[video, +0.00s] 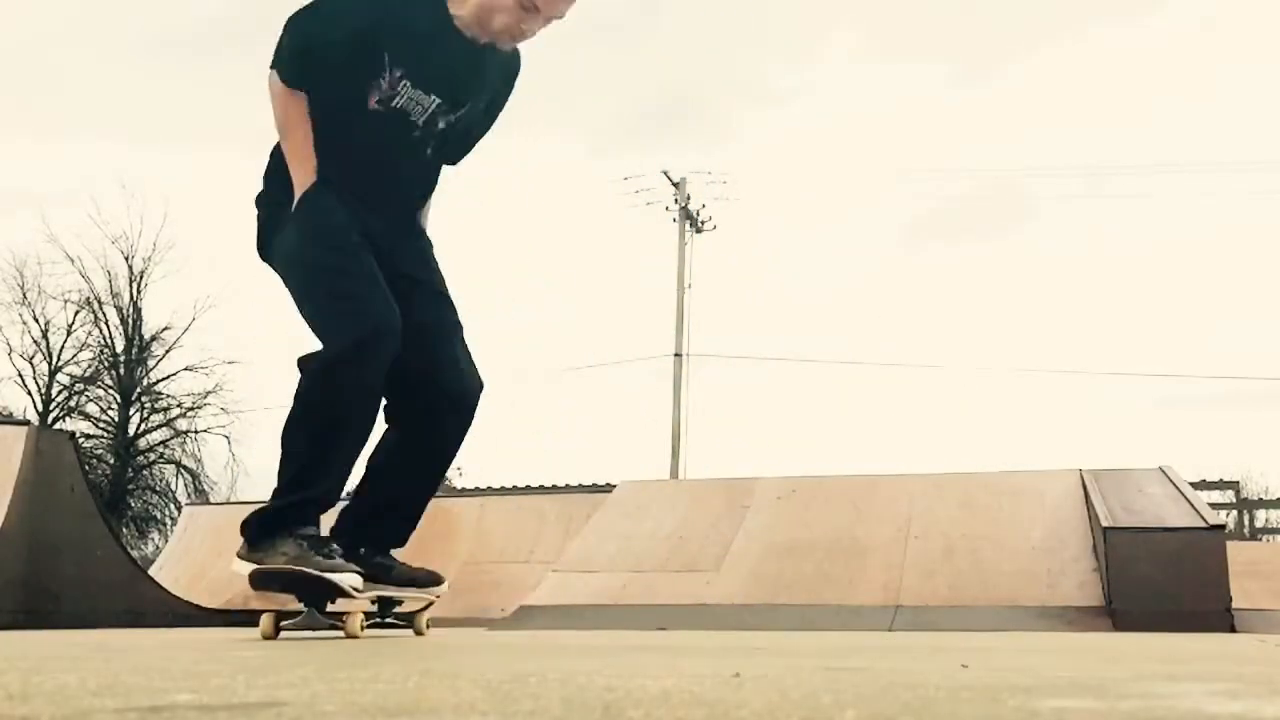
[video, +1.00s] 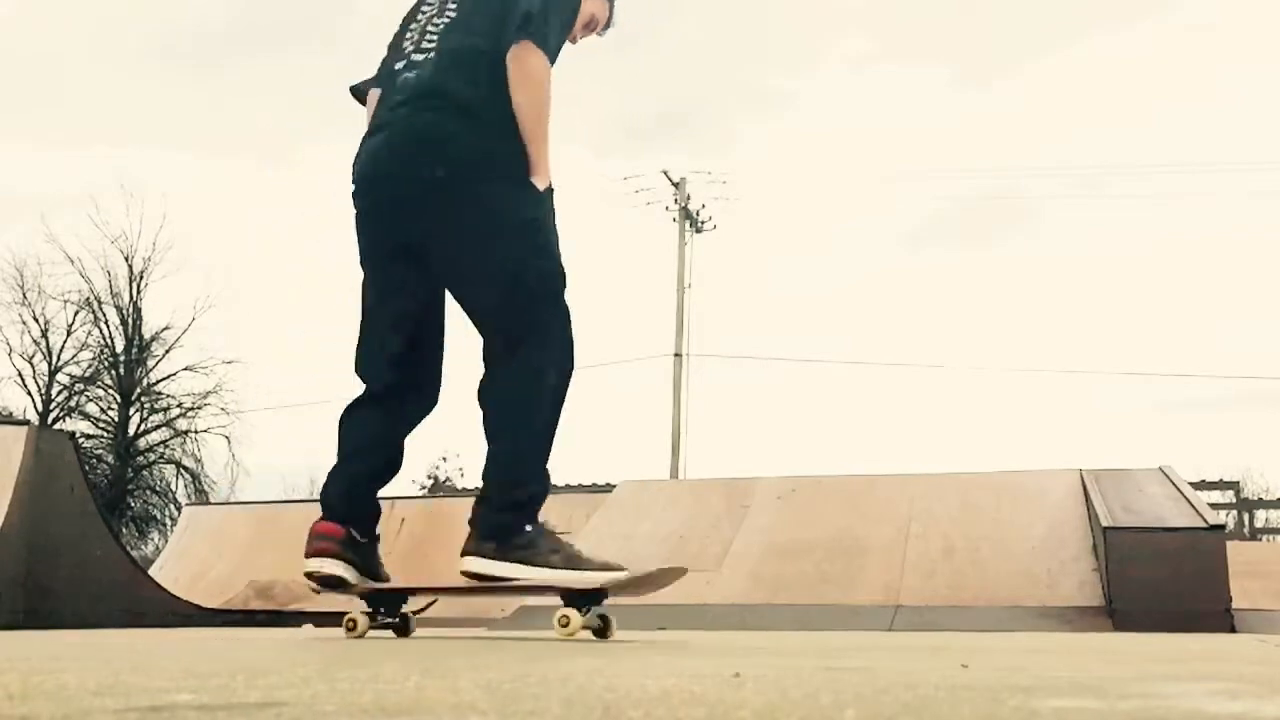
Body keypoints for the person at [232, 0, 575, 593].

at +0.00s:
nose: (534, 28)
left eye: (550, 20)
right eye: (532, 8)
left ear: (555, 19)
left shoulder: (499, 67)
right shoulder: (376, 12)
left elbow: (430, 158)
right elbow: (287, 71)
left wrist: (413, 237)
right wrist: (307, 192)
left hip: (392, 221)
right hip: (315, 196)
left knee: (449, 387)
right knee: (366, 335)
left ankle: (362, 543)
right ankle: (281, 530)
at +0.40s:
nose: (591, 63)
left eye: (604, 59)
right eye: (599, 45)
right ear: (577, 4)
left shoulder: (496, 77)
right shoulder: (459, 9)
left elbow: (411, 149)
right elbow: (341, 36)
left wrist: (392, 211)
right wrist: (334, 161)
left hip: (385, 200)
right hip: (318, 172)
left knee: (419, 375)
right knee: (357, 333)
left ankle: (348, 541)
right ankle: (261, 527)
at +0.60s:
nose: (597, 66)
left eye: (611, 63)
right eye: (610, 50)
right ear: (592, 6)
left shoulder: (496, 49)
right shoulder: (494, 9)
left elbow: (415, 120)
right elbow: (405, 24)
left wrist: (399, 187)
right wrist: (373, 145)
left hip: (386, 186)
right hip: (338, 157)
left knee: (406, 366)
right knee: (343, 324)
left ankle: (335, 540)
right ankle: (247, 524)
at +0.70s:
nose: (582, 62)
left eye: (594, 62)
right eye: (595, 48)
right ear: (583, 4)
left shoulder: (499, 42)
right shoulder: (518, 5)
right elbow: (454, 33)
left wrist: (417, 183)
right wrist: (417, 147)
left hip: (394, 180)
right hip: (367, 154)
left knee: (402, 360)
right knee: (348, 323)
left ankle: (331, 538)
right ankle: (240, 519)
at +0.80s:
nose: (567, 51)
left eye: (578, 52)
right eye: (579, 38)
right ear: (569, 3)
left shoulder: (452, 14)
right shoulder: (530, 6)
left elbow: (370, 81)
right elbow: (490, 47)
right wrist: (473, 156)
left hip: (356, 156)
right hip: (401, 153)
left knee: (369, 338)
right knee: (406, 328)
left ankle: (327, 538)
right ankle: (274, 497)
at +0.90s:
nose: (567, 43)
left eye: (576, 42)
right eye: (579, 31)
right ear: (575, 1)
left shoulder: (432, 15)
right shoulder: (543, 2)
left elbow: (362, 94)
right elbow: (512, 47)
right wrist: (509, 164)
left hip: (362, 154)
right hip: (441, 146)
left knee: (378, 344)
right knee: (472, 331)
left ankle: (304, 530)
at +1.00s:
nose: (583, 34)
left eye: (592, 31)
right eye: (594, 22)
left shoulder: (432, 8)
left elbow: (377, 94)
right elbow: (527, 53)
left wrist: (386, 171)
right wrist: (540, 171)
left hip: (385, 168)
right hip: (473, 163)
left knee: (399, 364)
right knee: (534, 345)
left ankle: (344, 522)